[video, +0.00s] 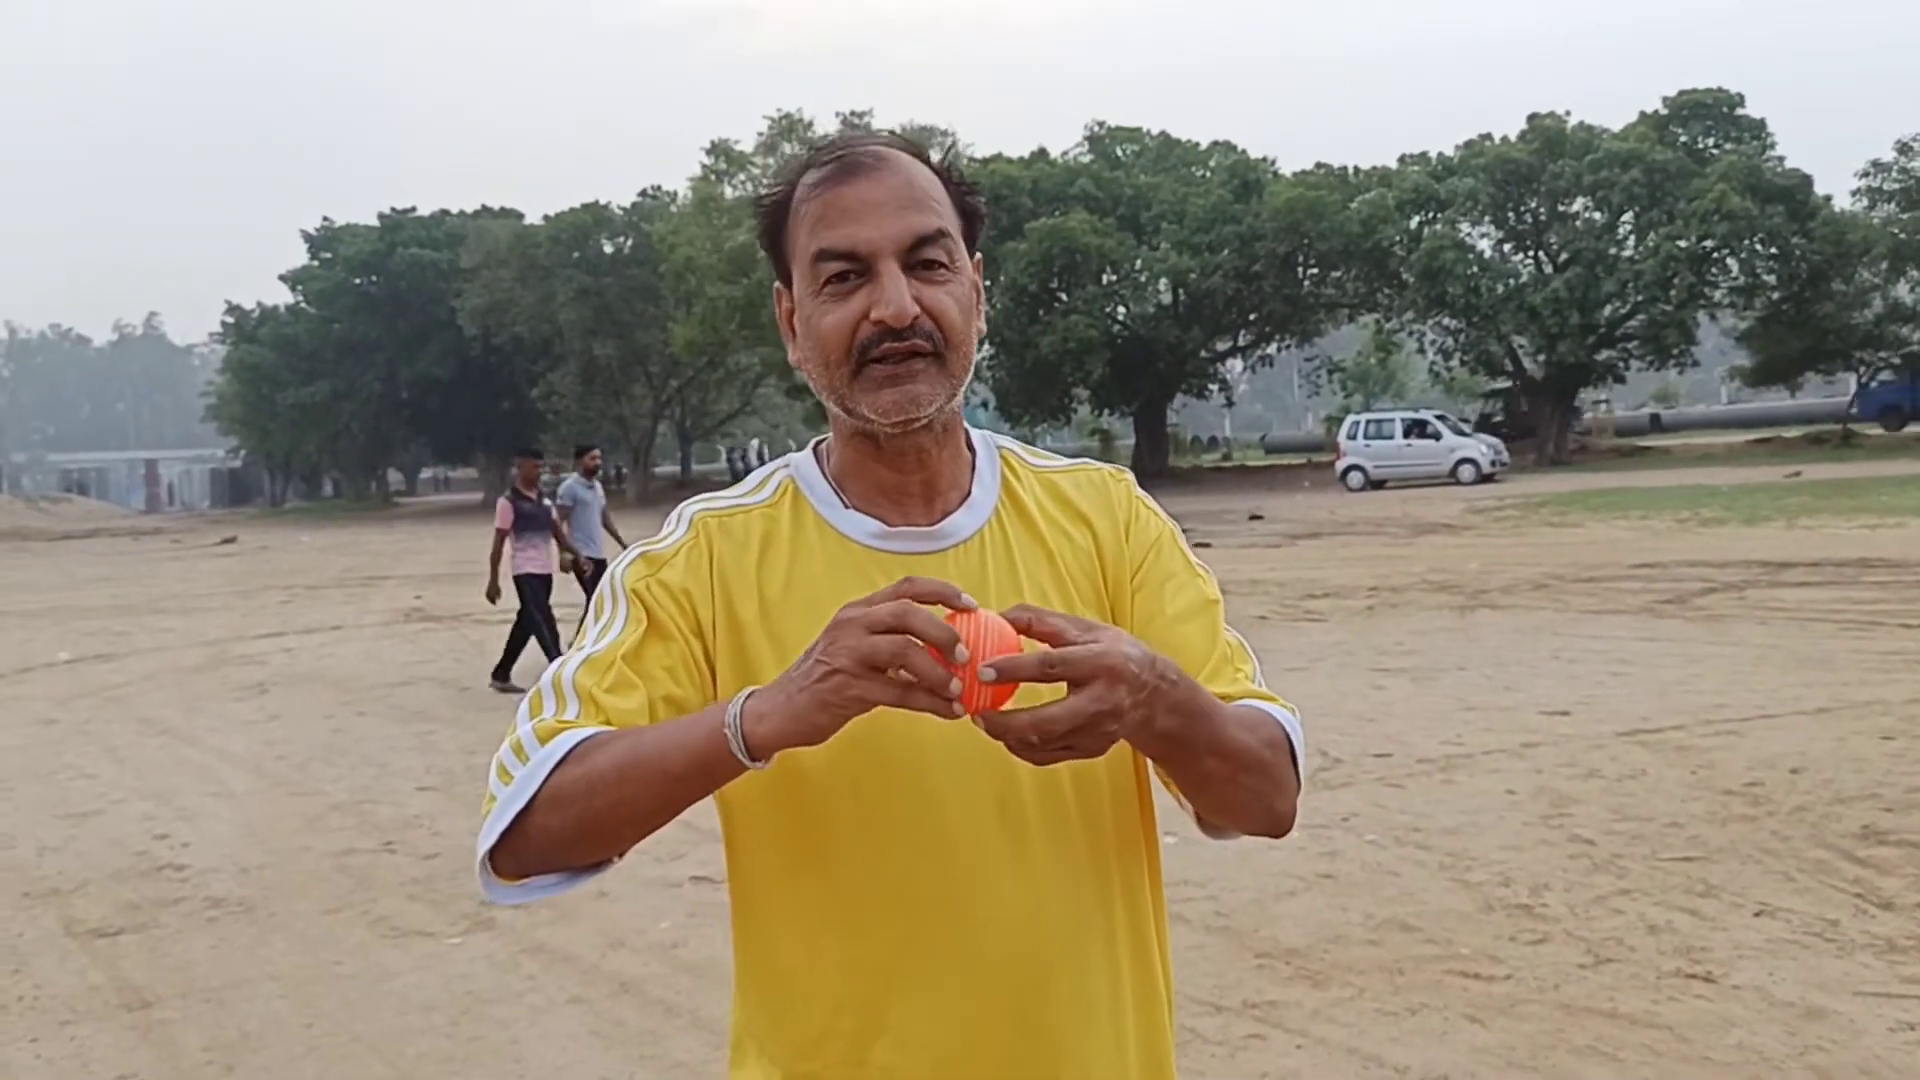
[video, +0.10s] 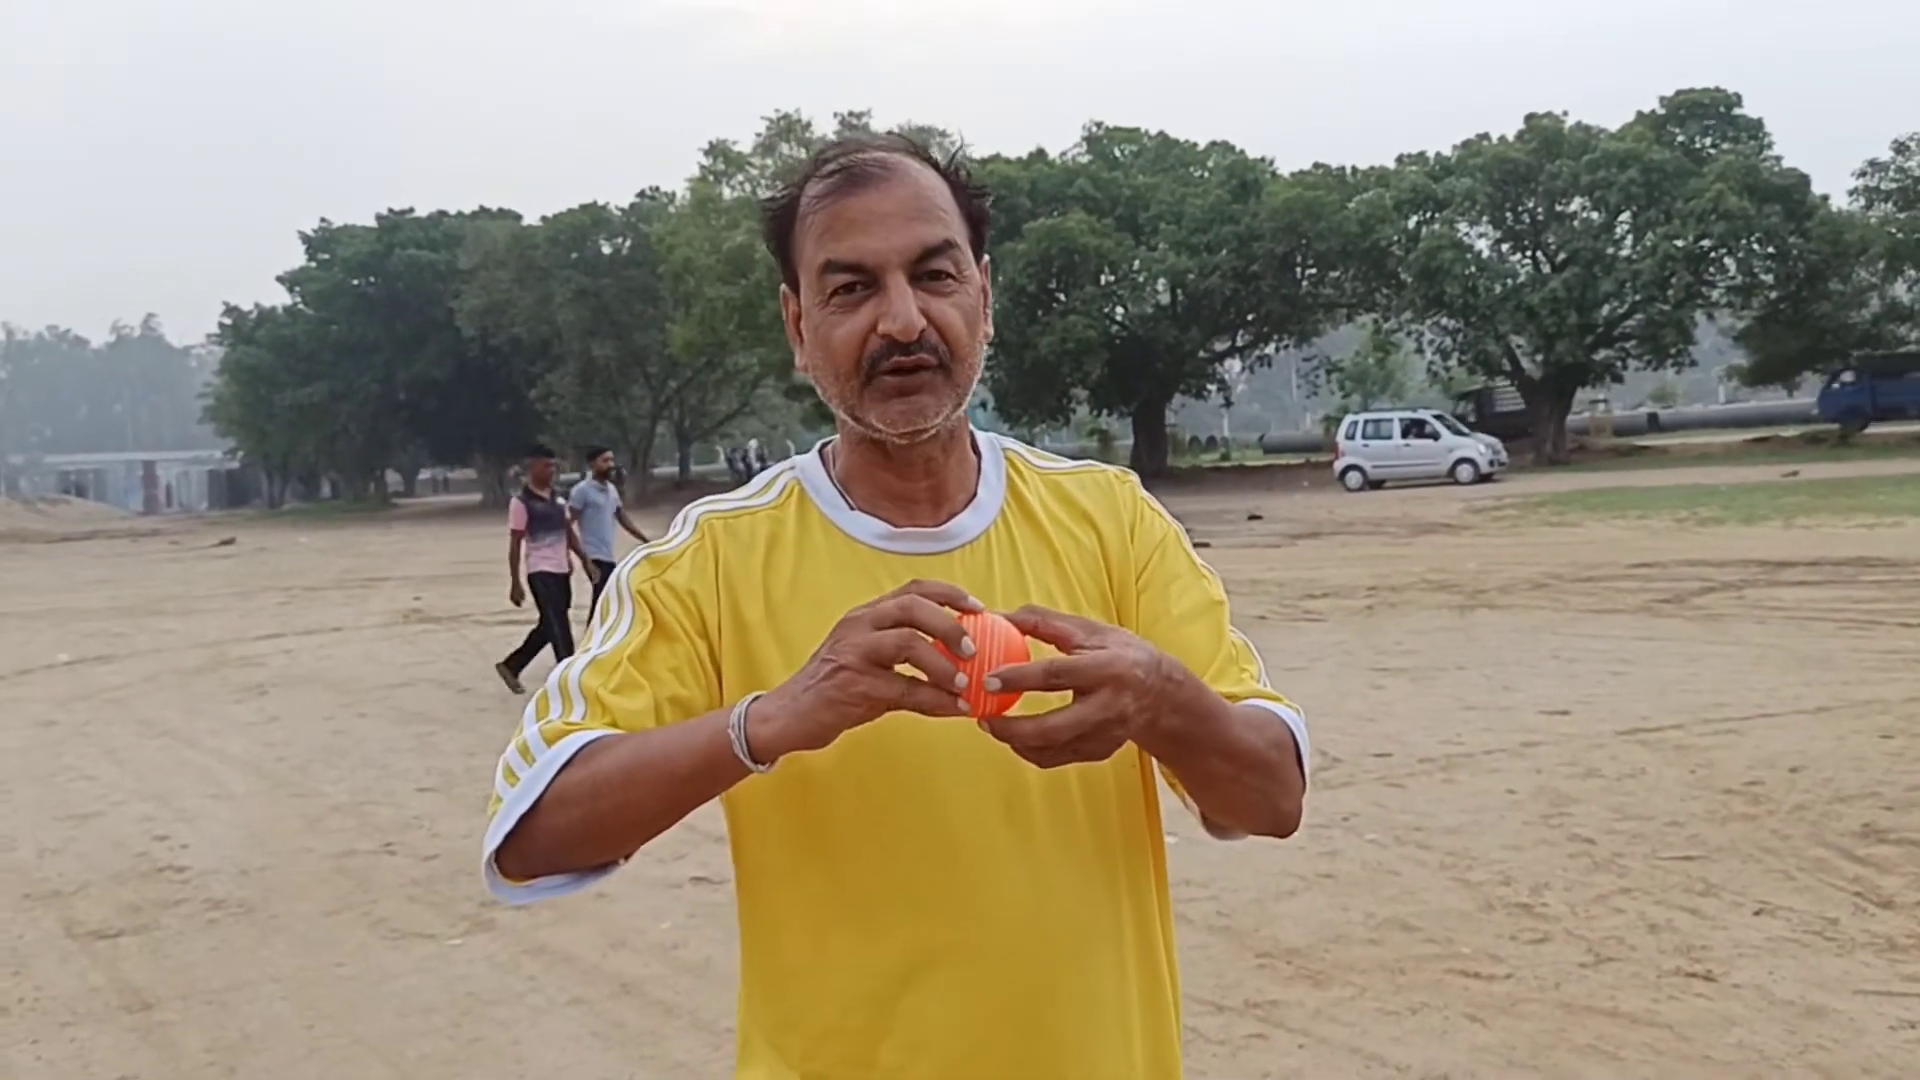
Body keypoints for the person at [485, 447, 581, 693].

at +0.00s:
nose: (538, 471)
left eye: (540, 467)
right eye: (534, 467)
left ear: (540, 469)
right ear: (519, 467)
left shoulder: (543, 500)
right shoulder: (508, 502)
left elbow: (557, 532)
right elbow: (498, 542)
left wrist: (577, 555)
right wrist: (493, 580)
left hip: (545, 571)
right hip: (524, 572)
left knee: (524, 626)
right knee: (543, 623)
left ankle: (501, 673)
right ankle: (562, 671)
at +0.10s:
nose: (551, 471)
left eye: (552, 466)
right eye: (546, 466)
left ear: (554, 469)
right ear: (531, 468)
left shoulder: (556, 499)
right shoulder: (521, 502)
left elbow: (569, 535)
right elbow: (515, 543)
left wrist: (586, 560)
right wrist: (515, 582)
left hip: (562, 570)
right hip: (540, 571)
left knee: (549, 627)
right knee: (559, 627)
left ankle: (511, 666)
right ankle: (572, 677)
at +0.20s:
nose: (557, 467)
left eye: (559, 462)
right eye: (552, 462)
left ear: (560, 464)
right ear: (537, 465)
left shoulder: (565, 497)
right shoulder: (530, 500)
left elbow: (576, 533)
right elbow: (530, 542)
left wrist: (588, 561)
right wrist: (538, 577)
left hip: (572, 568)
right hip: (550, 569)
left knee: (579, 619)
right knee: (561, 626)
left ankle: (537, 654)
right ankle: (565, 676)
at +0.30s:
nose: (566, 464)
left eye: (567, 459)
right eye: (561, 459)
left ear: (568, 461)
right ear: (546, 461)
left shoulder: (572, 492)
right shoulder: (538, 496)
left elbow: (579, 533)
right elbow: (543, 537)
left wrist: (589, 564)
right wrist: (562, 569)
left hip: (579, 567)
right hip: (555, 570)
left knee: (597, 616)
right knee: (557, 626)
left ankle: (573, 659)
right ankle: (559, 677)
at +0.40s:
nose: (576, 463)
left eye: (578, 459)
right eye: (571, 459)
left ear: (579, 461)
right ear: (556, 460)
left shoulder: (582, 492)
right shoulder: (549, 494)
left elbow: (588, 534)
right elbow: (557, 536)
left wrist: (601, 565)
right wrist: (588, 565)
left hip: (588, 570)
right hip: (564, 571)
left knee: (608, 625)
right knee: (559, 632)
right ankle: (555, 684)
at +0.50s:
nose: (592, 464)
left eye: (592, 459)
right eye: (586, 459)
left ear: (590, 463)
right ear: (570, 463)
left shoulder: (597, 494)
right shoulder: (564, 497)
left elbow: (601, 533)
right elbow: (573, 539)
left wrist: (615, 562)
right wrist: (607, 561)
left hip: (603, 573)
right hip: (578, 574)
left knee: (615, 634)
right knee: (566, 633)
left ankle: (625, 682)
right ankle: (556, 682)